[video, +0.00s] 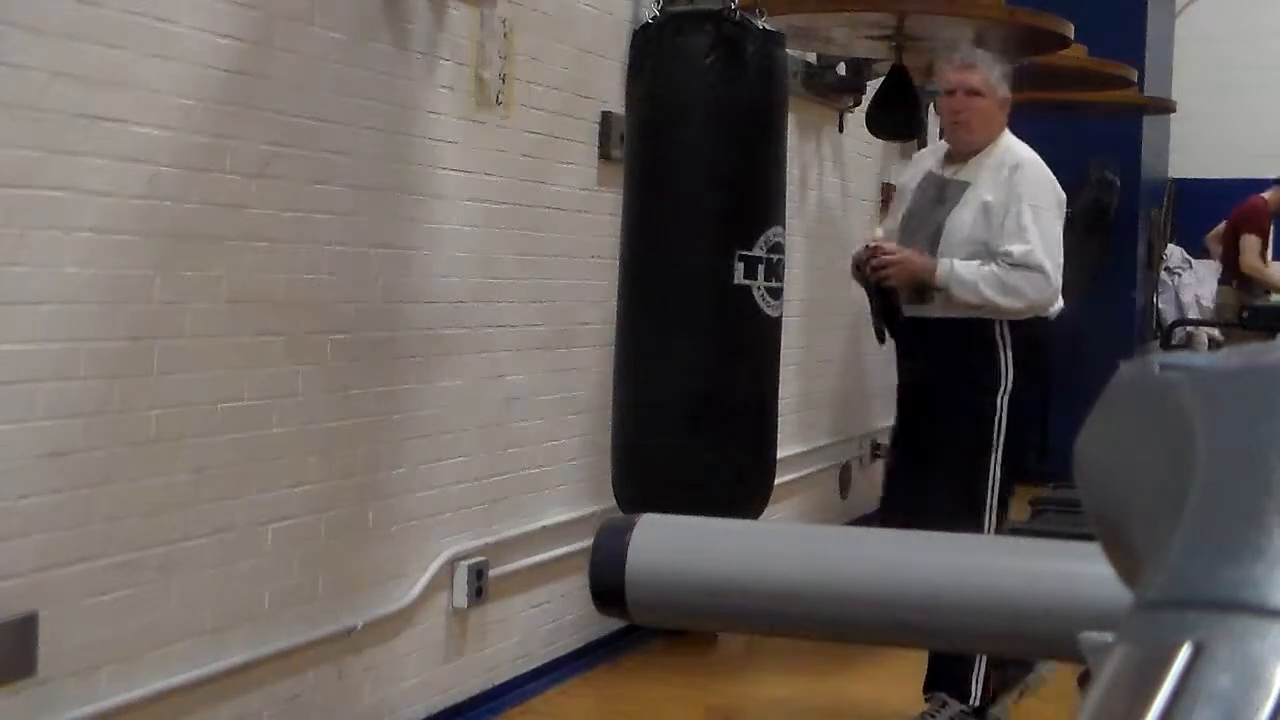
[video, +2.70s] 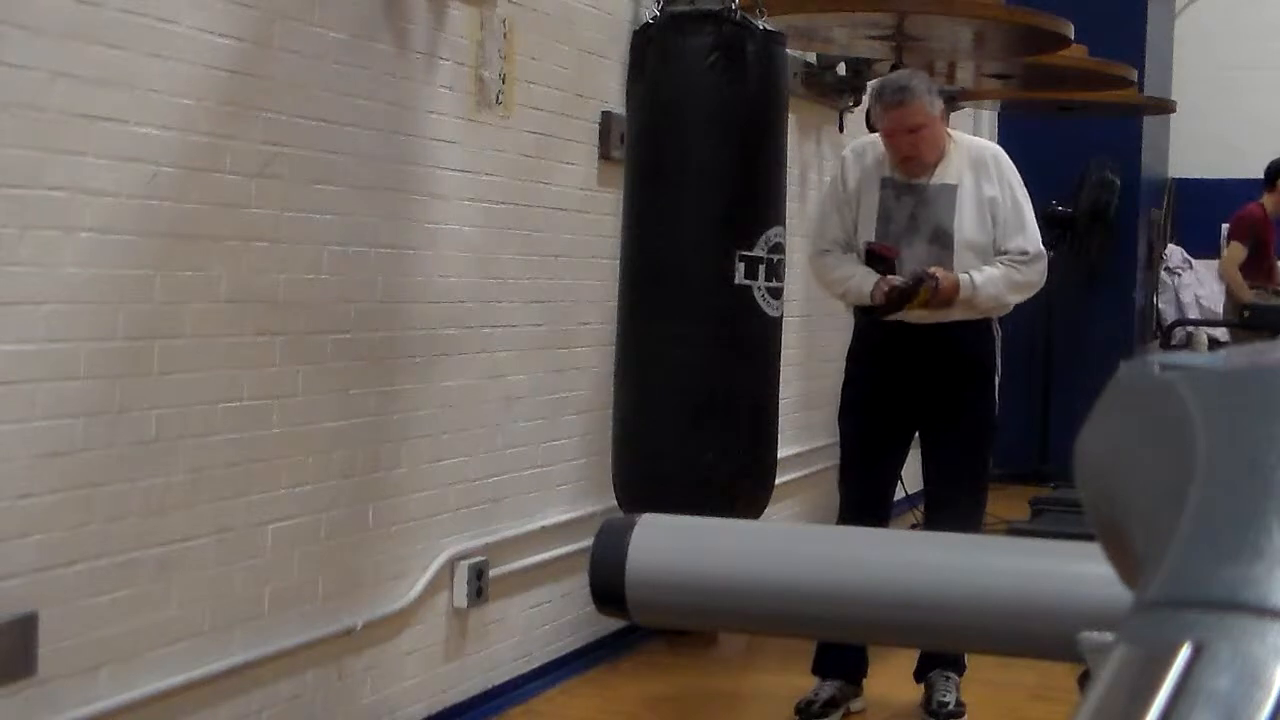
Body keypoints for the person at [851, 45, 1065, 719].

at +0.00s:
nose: (952, 106)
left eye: (969, 94)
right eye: (944, 94)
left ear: (1004, 104)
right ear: (937, 103)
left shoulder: (1026, 174)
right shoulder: (926, 167)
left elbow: (1038, 284)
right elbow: (901, 254)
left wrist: (933, 271)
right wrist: (875, 264)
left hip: (988, 364)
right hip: (925, 359)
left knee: (967, 523)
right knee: (910, 513)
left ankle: (958, 691)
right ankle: (1000, 651)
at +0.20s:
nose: (946, 99)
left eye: (961, 88)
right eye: (936, 88)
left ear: (991, 101)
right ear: (922, 98)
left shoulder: (1015, 169)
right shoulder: (896, 164)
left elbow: (1041, 276)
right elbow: (845, 261)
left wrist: (945, 261)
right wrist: (862, 253)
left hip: (971, 358)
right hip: (897, 353)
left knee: (957, 522)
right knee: (861, 508)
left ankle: (957, 689)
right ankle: (893, 663)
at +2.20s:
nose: (896, 153)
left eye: (907, 139)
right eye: (883, 142)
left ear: (935, 125)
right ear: (869, 133)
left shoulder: (983, 162)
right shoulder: (851, 167)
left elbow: (1038, 254)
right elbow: (825, 258)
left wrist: (963, 275)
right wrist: (873, 291)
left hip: (967, 354)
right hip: (881, 352)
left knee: (959, 515)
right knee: (861, 511)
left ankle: (943, 667)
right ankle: (839, 673)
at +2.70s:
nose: (902, 146)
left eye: (913, 132)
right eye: (890, 134)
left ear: (942, 120)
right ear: (876, 128)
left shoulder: (989, 164)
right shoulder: (856, 164)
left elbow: (1030, 266)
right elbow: (824, 256)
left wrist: (961, 288)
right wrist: (870, 287)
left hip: (963, 356)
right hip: (878, 352)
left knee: (956, 516)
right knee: (859, 511)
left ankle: (943, 669)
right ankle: (839, 672)